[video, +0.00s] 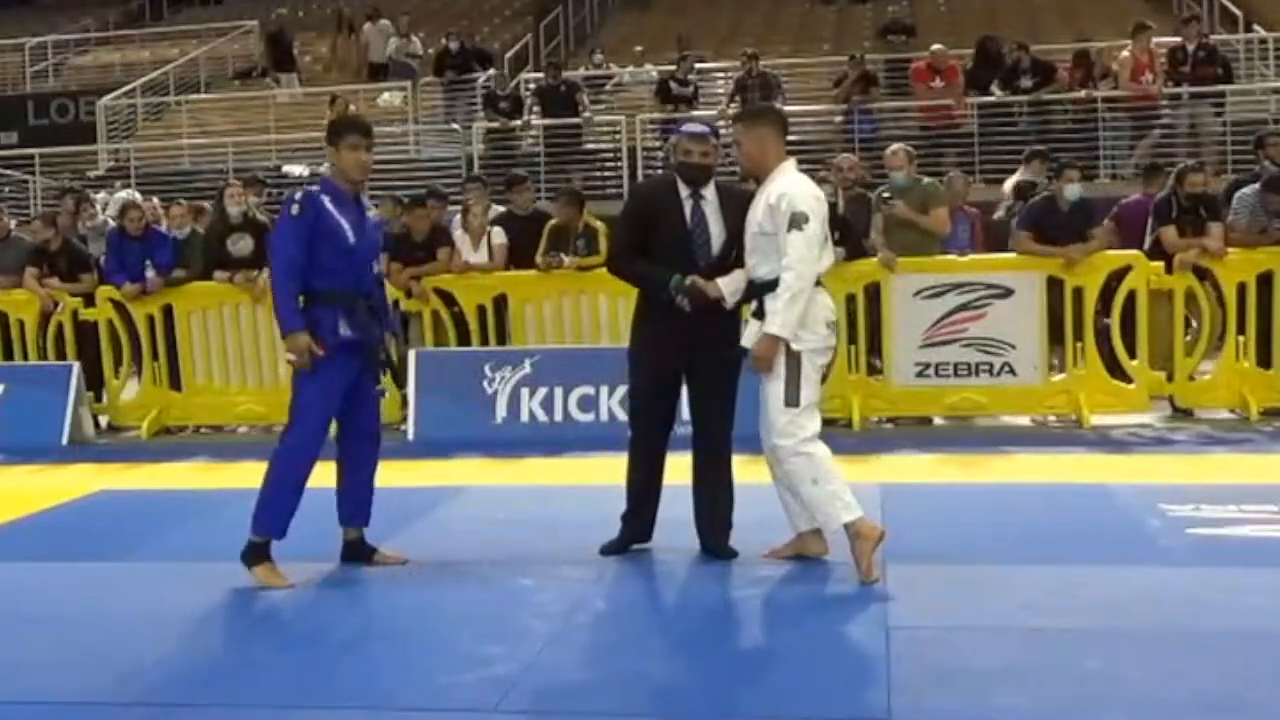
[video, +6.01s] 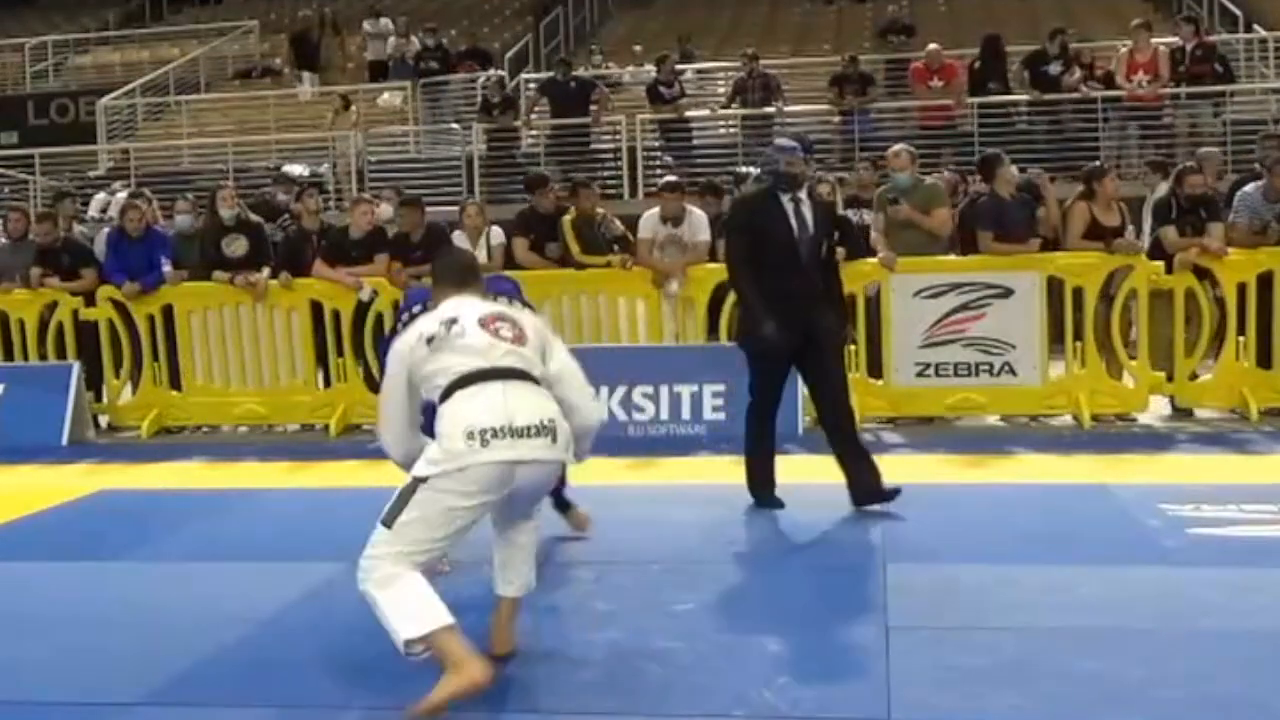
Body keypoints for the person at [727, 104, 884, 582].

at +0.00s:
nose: (738, 152)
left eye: (742, 142)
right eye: (738, 142)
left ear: (765, 141)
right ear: (769, 141)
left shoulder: (797, 193)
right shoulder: (771, 193)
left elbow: (799, 270)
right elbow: (763, 265)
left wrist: (775, 331)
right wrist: (720, 288)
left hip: (800, 317)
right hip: (776, 315)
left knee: (791, 434)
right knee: (777, 435)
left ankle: (857, 526)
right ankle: (807, 533)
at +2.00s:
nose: (657, 237)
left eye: (657, 226)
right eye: (653, 229)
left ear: (683, 215)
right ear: (684, 218)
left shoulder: (733, 248)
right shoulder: (706, 265)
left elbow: (781, 318)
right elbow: (670, 324)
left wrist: (768, 395)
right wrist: (601, 354)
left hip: (806, 364)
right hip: (833, 355)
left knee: (731, 464)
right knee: (868, 466)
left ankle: (715, 577)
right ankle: (969, 542)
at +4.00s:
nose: (948, 180)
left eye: (951, 168)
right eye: (947, 169)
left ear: (980, 164)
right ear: (997, 165)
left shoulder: (1011, 212)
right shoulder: (1045, 203)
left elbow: (1053, 274)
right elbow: (1104, 270)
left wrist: (1035, 357)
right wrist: (1085, 333)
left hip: (1066, 359)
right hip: (1096, 353)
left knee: (1029, 483)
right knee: (1074, 480)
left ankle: (1076, 625)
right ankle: (1114, 582)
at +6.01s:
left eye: (432, 289)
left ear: (434, 289)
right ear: (482, 283)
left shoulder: (411, 337)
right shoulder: (529, 321)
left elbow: (399, 444)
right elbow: (587, 412)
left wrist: (444, 473)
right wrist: (561, 457)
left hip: (470, 453)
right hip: (544, 450)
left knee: (383, 565)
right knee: (516, 519)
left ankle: (462, 663)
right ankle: (504, 631)